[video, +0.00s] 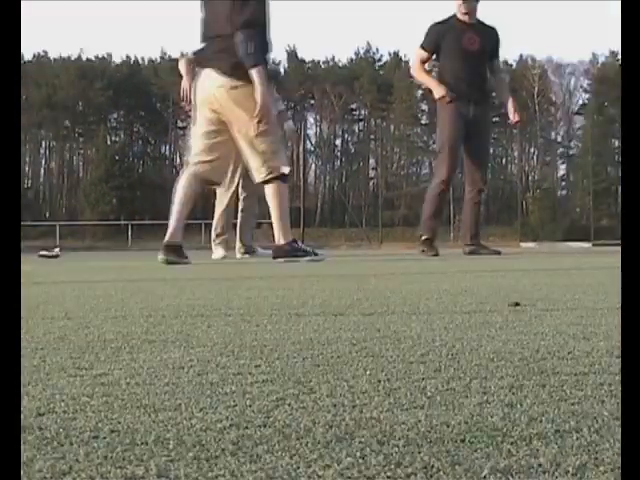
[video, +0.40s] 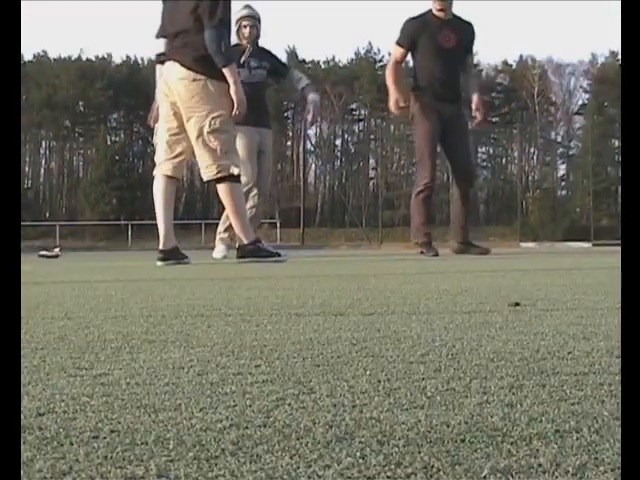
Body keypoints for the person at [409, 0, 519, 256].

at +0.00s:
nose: (465, 5)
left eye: (470, 2)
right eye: (462, 2)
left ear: (477, 3)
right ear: (455, 4)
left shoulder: (490, 34)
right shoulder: (440, 29)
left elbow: (497, 74)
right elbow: (416, 67)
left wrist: (509, 103)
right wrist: (435, 86)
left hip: (480, 108)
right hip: (451, 105)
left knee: (476, 180)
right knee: (444, 173)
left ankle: (471, 242)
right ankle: (427, 237)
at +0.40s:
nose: (441, 2)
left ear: (452, 1)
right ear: (432, 1)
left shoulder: (465, 28)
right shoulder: (415, 25)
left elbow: (469, 69)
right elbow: (394, 63)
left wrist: (475, 96)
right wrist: (393, 92)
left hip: (455, 108)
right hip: (426, 106)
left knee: (465, 175)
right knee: (427, 176)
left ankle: (460, 241)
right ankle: (422, 240)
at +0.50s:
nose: (436, 1)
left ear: (447, 0)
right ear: (427, 1)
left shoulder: (462, 27)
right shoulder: (411, 25)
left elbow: (466, 68)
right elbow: (391, 63)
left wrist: (471, 95)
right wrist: (384, 95)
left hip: (452, 108)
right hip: (422, 106)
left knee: (459, 177)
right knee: (425, 177)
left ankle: (444, 238)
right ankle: (422, 239)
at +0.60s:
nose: (434, 2)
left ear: (445, 1)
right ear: (425, 1)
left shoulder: (461, 28)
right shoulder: (410, 26)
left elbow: (467, 68)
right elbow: (391, 64)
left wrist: (471, 96)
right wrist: (381, 98)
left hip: (451, 106)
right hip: (422, 103)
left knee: (453, 178)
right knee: (424, 176)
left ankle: (440, 238)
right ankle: (422, 240)